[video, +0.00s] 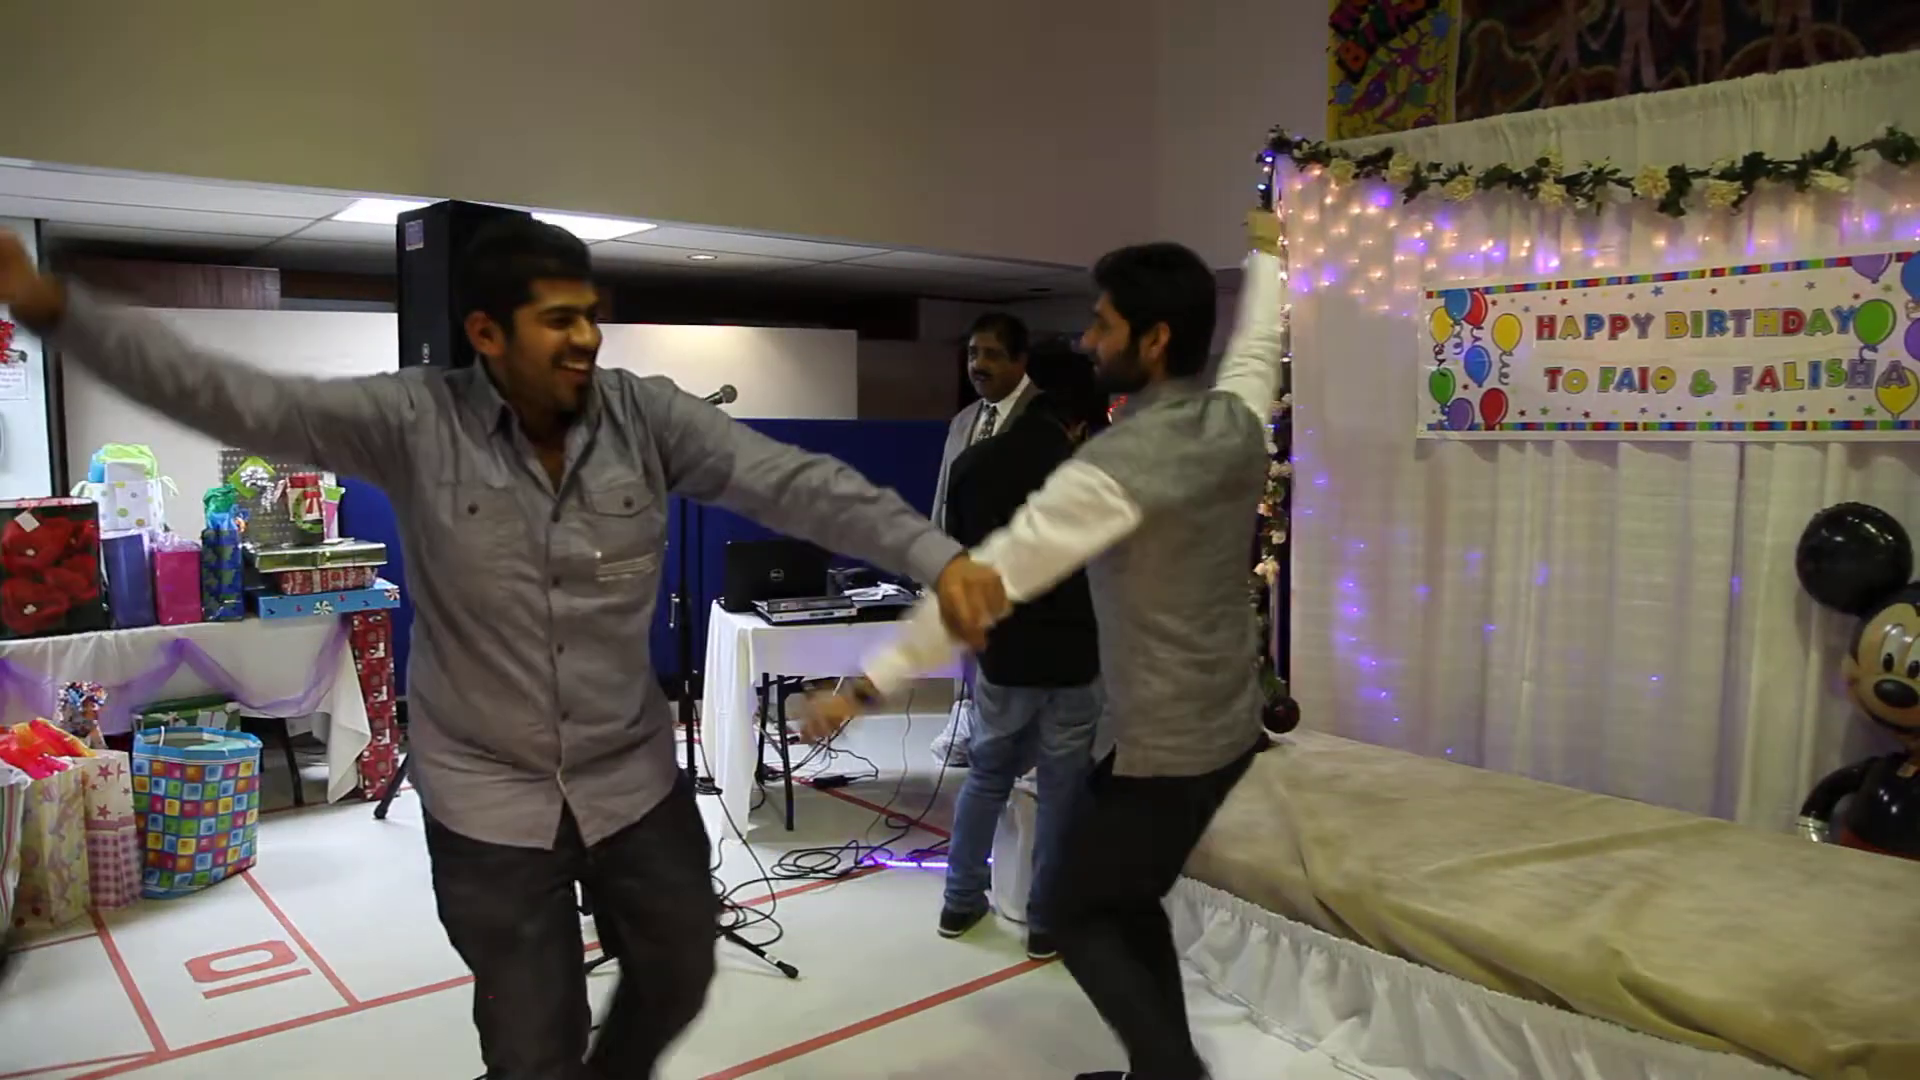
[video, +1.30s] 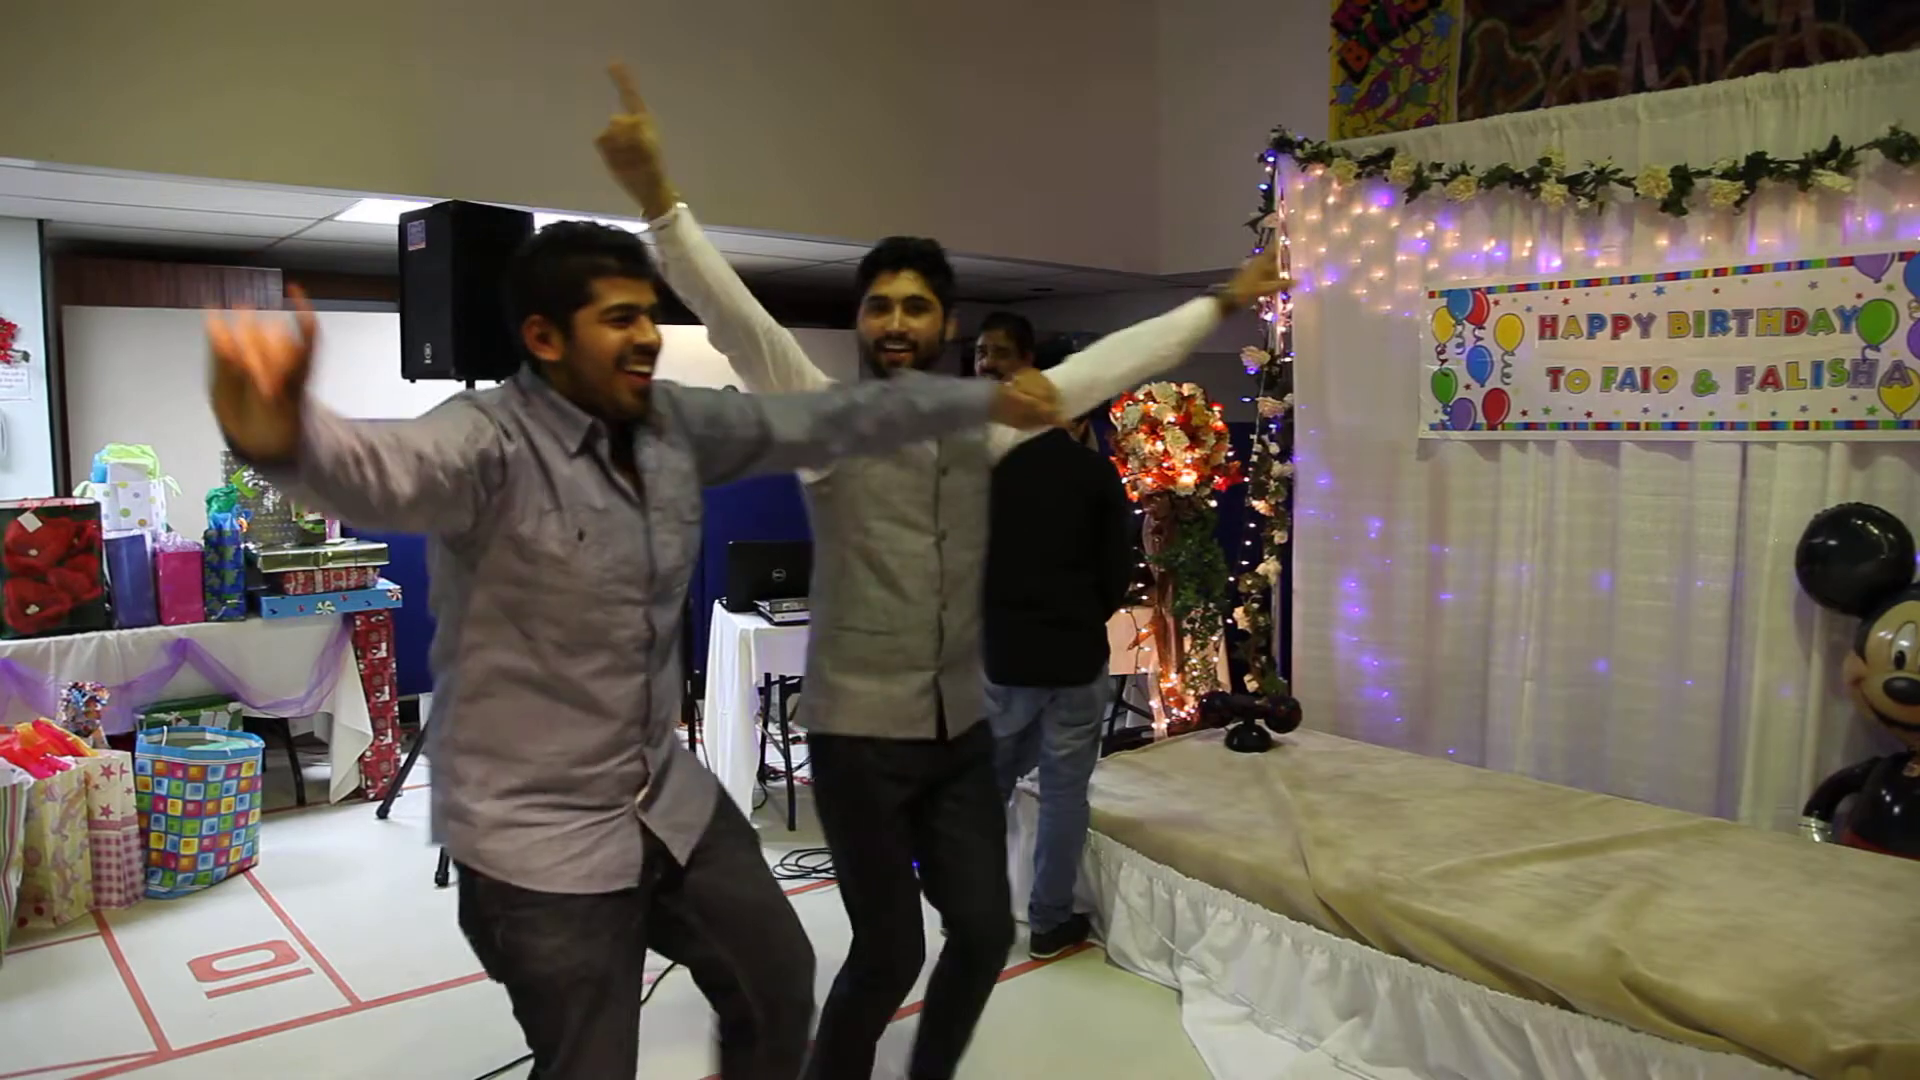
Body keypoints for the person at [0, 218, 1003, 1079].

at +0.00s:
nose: (585, 341)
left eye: (594, 319)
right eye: (559, 320)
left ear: (603, 324)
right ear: (485, 332)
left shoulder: (645, 415)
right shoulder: (410, 421)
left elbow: (794, 483)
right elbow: (229, 393)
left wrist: (939, 557)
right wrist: (59, 309)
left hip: (630, 775)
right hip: (484, 796)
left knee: (679, 977)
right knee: (539, 1048)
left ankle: (605, 1073)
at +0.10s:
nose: (580, 344)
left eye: (586, 321)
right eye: (553, 324)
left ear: (594, 328)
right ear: (480, 338)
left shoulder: (643, 428)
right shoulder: (413, 438)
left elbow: (795, 495)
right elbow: (239, 479)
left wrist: (929, 532)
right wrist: (102, 396)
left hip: (628, 789)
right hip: (487, 809)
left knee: (643, 990)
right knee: (546, 1045)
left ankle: (528, 1062)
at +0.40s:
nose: (587, 322)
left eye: (591, 301)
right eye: (560, 305)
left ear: (601, 317)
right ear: (486, 329)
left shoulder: (650, 410)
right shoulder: (406, 429)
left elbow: (824, 417)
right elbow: (214, 408)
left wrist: (988, 385)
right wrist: (118, 249)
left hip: (642, 785)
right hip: (494, 810)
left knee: (679, 987)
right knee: (538, 1057)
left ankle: (548, 977)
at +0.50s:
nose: (599, 330)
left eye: (602, 309)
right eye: (572, 312)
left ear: (604, 324)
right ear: (494, 331)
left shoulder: (653, 415)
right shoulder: (416, 423)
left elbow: (835, 409)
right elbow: (246, 370)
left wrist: (1019, 401)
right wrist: (108, 232)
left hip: (649, 782)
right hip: (499, 809)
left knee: (711, 979)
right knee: (537, 1060)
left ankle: (621, 998)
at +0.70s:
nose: (628, 338)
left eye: (631, 318)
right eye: (601, 321)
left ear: (630, 336)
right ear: (524, 341)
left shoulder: (684, 439)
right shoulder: (445, 433)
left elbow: (852, 506)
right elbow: (284, 409)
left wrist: (1032, 556)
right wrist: (171, 286)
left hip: (672, 793)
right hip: (520, 816)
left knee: (768, 1034)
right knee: (553, 1062)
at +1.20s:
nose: (674, 343)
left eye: (677, 323)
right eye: (647, 326)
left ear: (682, 330)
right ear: (568, 345)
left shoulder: (716, 429)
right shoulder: (498, 441)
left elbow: (875, 436)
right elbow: (355, 439)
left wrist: (1039, 422)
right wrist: (239, 358)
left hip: (693, 805)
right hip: (553, 838)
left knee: (809, 1034)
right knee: (598, 1070)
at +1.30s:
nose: (648, 340)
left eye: (651, 320)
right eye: (621, 319)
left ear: (653, 336)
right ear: (543, 336)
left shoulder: (677, 423)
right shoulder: (488, 439)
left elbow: (827, 419)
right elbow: (387, 469)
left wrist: (989, 401)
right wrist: (286, 437)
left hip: (660, 788)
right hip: (531, 827)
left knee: (775, 974)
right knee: (587, 1061)